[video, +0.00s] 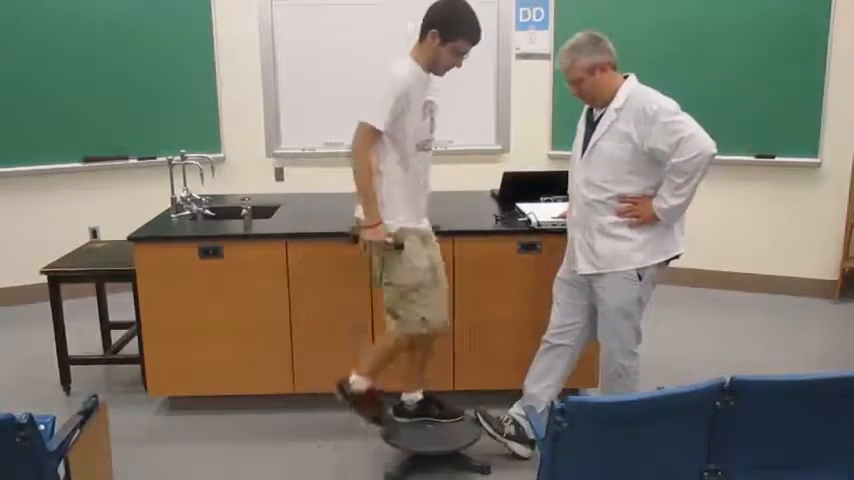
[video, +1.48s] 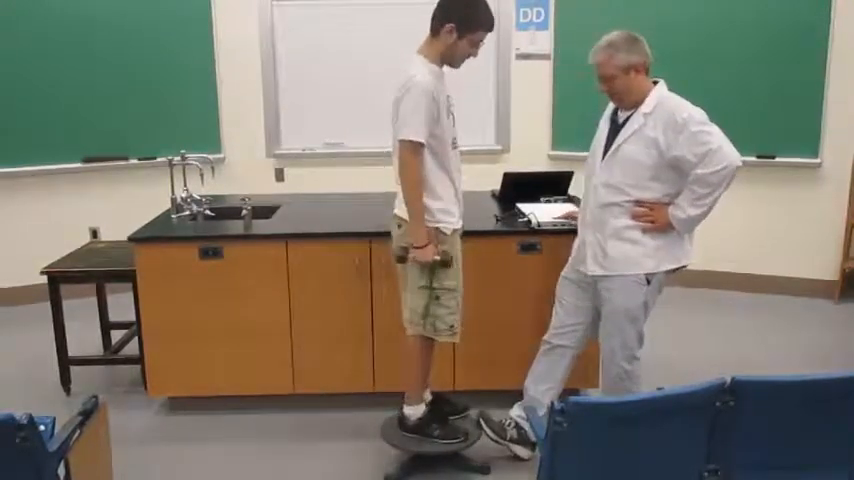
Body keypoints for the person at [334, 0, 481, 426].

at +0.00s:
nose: (461, 62)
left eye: (465, 54)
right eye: (459, 52)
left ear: (437, 42)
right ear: (434, 38)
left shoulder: (420, 82)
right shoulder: (401, 79)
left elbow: (404, 159)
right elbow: (361, 147)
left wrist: (420, 219)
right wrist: (372, 220)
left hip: (417, 225)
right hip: (395, 227)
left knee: (429, 319)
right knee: (415, 320)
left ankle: (412, 399)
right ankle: (358, 383)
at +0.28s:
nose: (469, 58)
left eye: (474, 50)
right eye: (468, 47)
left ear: (445, 33)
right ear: (443, 30)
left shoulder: (432, 75)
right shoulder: (411, 74)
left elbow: (421, 151)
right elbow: (375, 145)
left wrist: (438, 214)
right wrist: (384, 215)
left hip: (431, 216)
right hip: (412, 217)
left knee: (429, 319)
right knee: (424, 320)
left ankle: (421, 401)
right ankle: (413, 408)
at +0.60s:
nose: (477, 57)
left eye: (481, 49)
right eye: (475, 47)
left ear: (458, 35)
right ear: (450, 30)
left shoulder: (442, 77)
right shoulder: (416, 75)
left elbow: (440, 152)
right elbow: (401, 147)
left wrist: (454, 216)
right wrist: (403, 220)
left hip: (448, 219)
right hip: (426, 220)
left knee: (437, 319)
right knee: (427, 320)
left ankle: (421, 399)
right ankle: (413, 407)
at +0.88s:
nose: (478, 56)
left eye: (482, 48)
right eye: (476, 46)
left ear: (458, 34)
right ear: (450, 30)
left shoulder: (442, 77)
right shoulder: (418, 76)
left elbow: (440, 153)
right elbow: (404, 147)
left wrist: (454, 217)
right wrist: (407, 220)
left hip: (449, 220)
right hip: (428, 220)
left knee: (437, 320)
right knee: (428, 321)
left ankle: (421, 400)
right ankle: (413, 407)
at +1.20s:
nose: (476, 57)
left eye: (480, 48)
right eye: (474, 46)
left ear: (453, 33)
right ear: (448, 31)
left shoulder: (435, 77)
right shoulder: (420, 81)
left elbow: (428, 154)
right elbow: (408, 153)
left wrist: (443, 218)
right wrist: (413, 222)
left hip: (442, 221)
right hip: (428, 223)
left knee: (436, 320)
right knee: (428, 322)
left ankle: (424, 398)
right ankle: (414, 409)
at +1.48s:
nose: (474, 54)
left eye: (478, 46)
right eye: (473, 44)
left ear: (450, 33)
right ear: (447, 31)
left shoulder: (432, 80)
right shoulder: (419, 84)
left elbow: (425, 158)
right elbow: (410, 158)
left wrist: (443, 221)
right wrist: (419, 229)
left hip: (441, 222)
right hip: (427, 225)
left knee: (432, 321)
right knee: (422, 323)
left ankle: (424, 398)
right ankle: (412, 413)